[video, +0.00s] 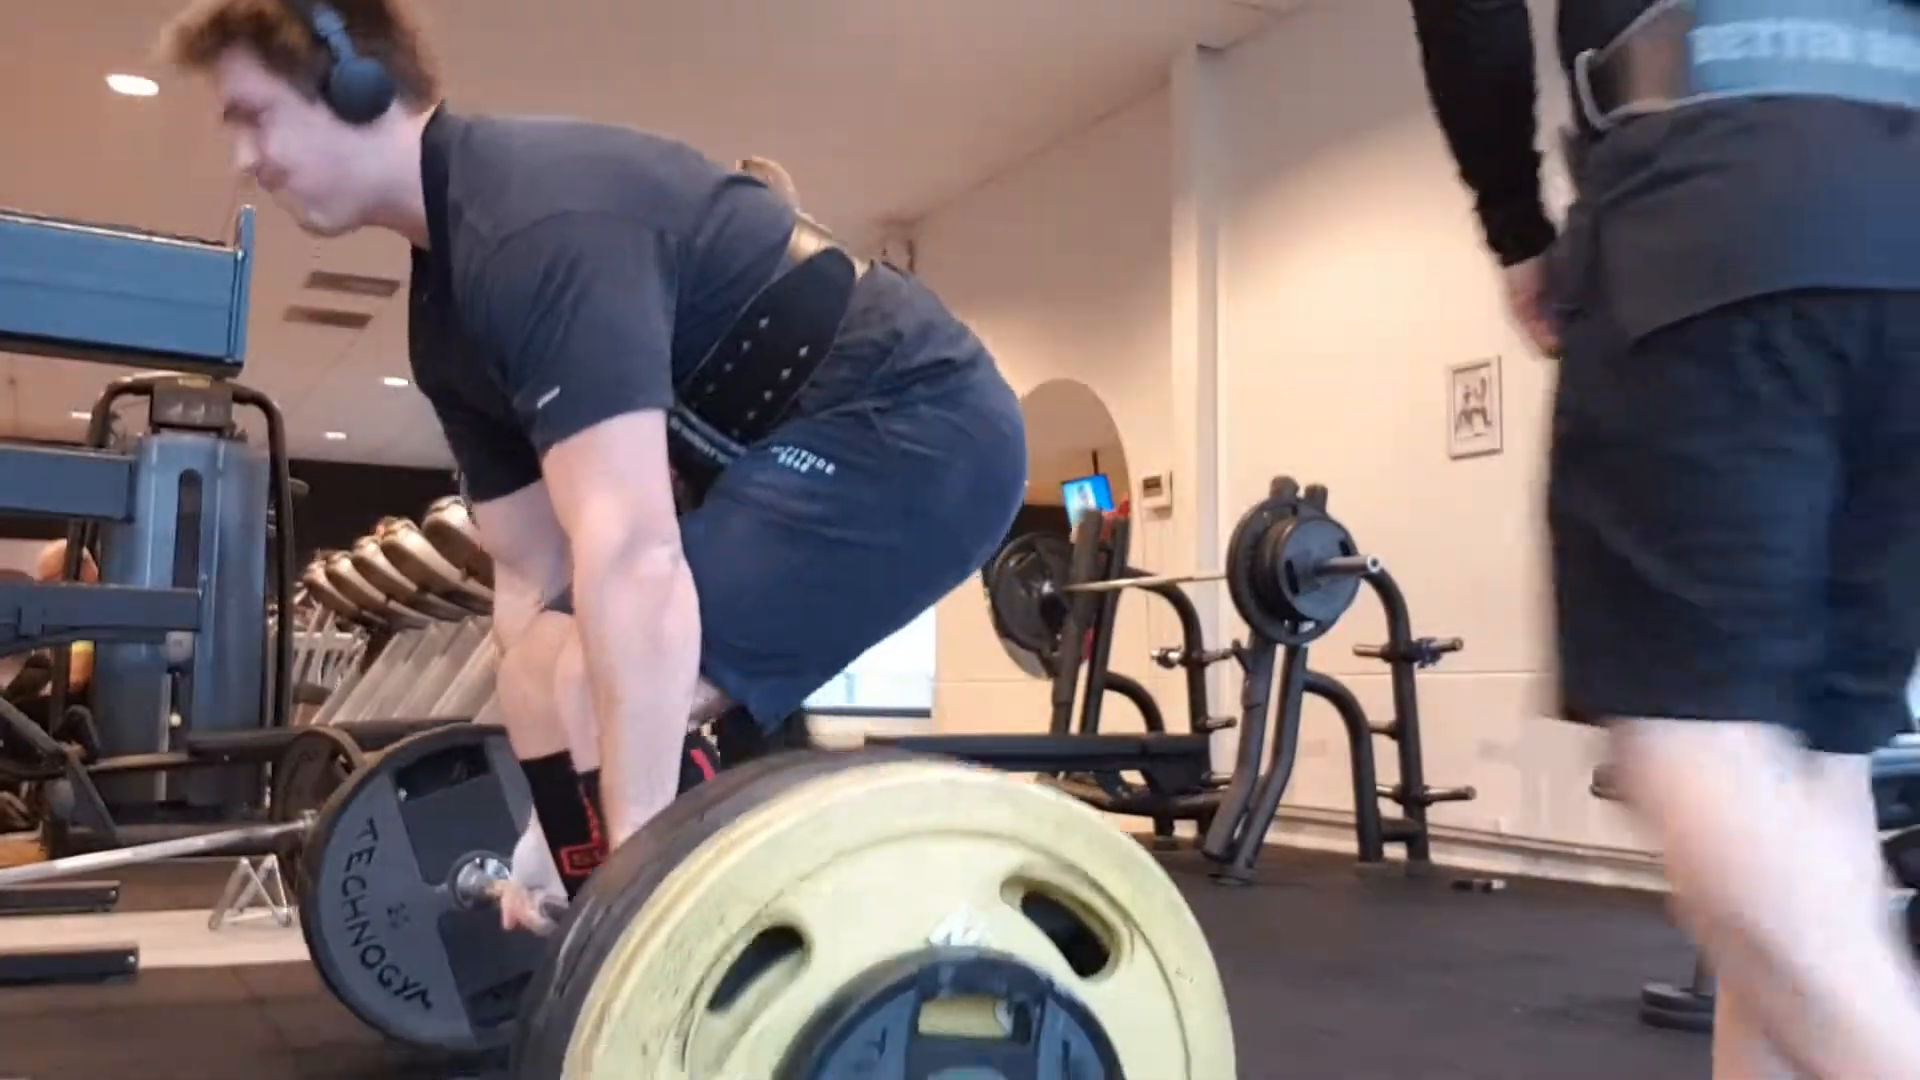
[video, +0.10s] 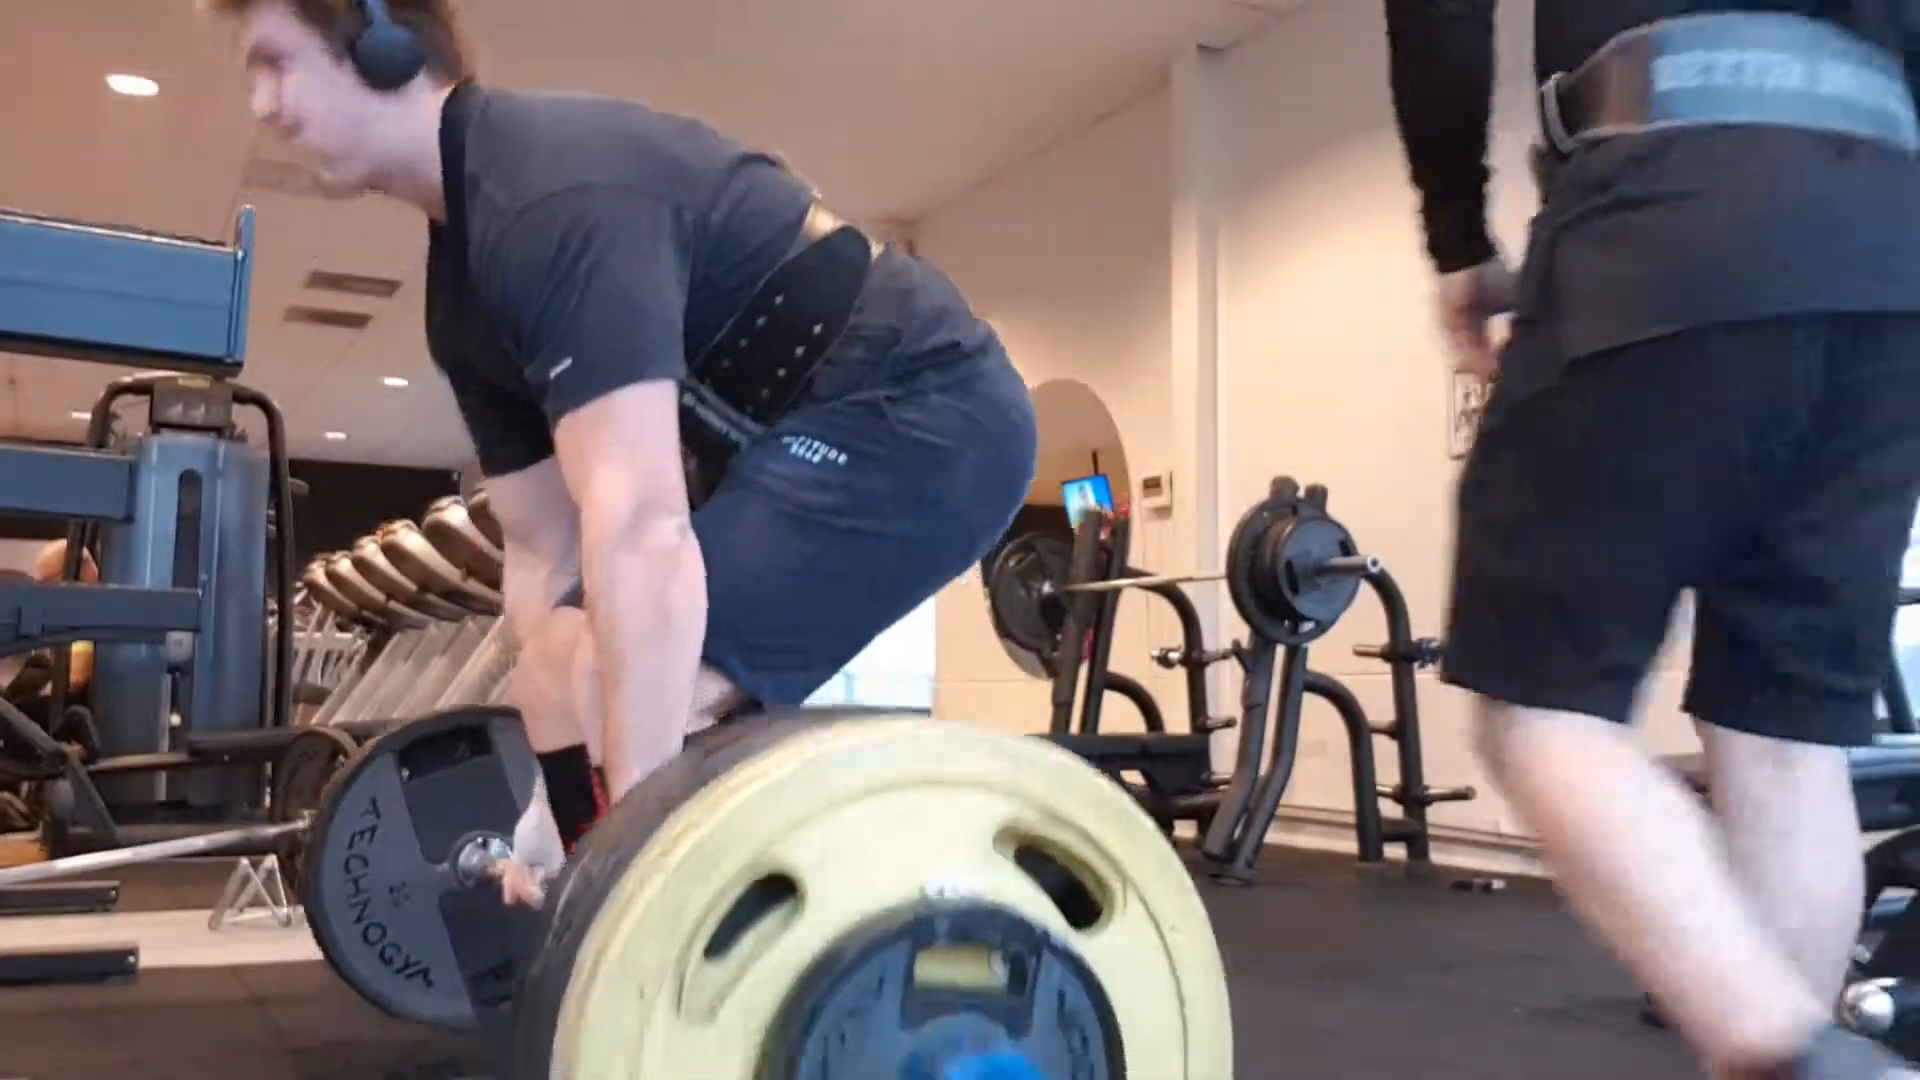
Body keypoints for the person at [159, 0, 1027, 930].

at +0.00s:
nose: (243, 164)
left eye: (253, 119)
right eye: (232, 131)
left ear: (352, 79)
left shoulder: (544, 221)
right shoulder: (445, 313)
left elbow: (636, 559)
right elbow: (528, 578)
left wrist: (638, 868)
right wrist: (551, 849)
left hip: (908, 417)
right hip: (811, 446)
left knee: (601, 683)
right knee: (537, 668)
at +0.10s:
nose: (260, 106)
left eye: (276, 65)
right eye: (253, 75)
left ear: (378, 46)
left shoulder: (561, 195)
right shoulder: (460, 282)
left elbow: (644, 533)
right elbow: (537, 549)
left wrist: (637, 846)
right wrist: (543, 819)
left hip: (916, 404)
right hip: (807, 432)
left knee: (625, 677)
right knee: (556, 662)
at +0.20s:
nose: (287, 44)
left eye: (311, 11)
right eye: (292, 17)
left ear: (405, 17)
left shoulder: (579, 155)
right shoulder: (481, 248)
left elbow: (651, 486)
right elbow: (549, 513)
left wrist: (642, 781)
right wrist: (552, 761)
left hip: (922, 391)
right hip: (811, 419)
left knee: (685, 693)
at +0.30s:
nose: (326, 9)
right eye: (333, 4)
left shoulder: (597, 100)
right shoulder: (496, 206)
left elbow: (660, 434)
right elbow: (558, 474)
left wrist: (643, 729)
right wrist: (564, 729)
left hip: (927, 371)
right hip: (808, 399)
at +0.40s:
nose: (356, 5)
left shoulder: (610, 44)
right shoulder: (506, 155)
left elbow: (668, 368)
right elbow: (567, 424)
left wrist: (662, 660)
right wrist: (580, 675)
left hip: (917, 345)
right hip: (790, 380)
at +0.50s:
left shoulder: (615, 14)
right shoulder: (508, 114)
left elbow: (676, 307)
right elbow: (573, 376)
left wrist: (676, 595)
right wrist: (586, 626)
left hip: (912, 314)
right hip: (778, 349)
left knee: (756, 674)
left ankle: (701, 1035)